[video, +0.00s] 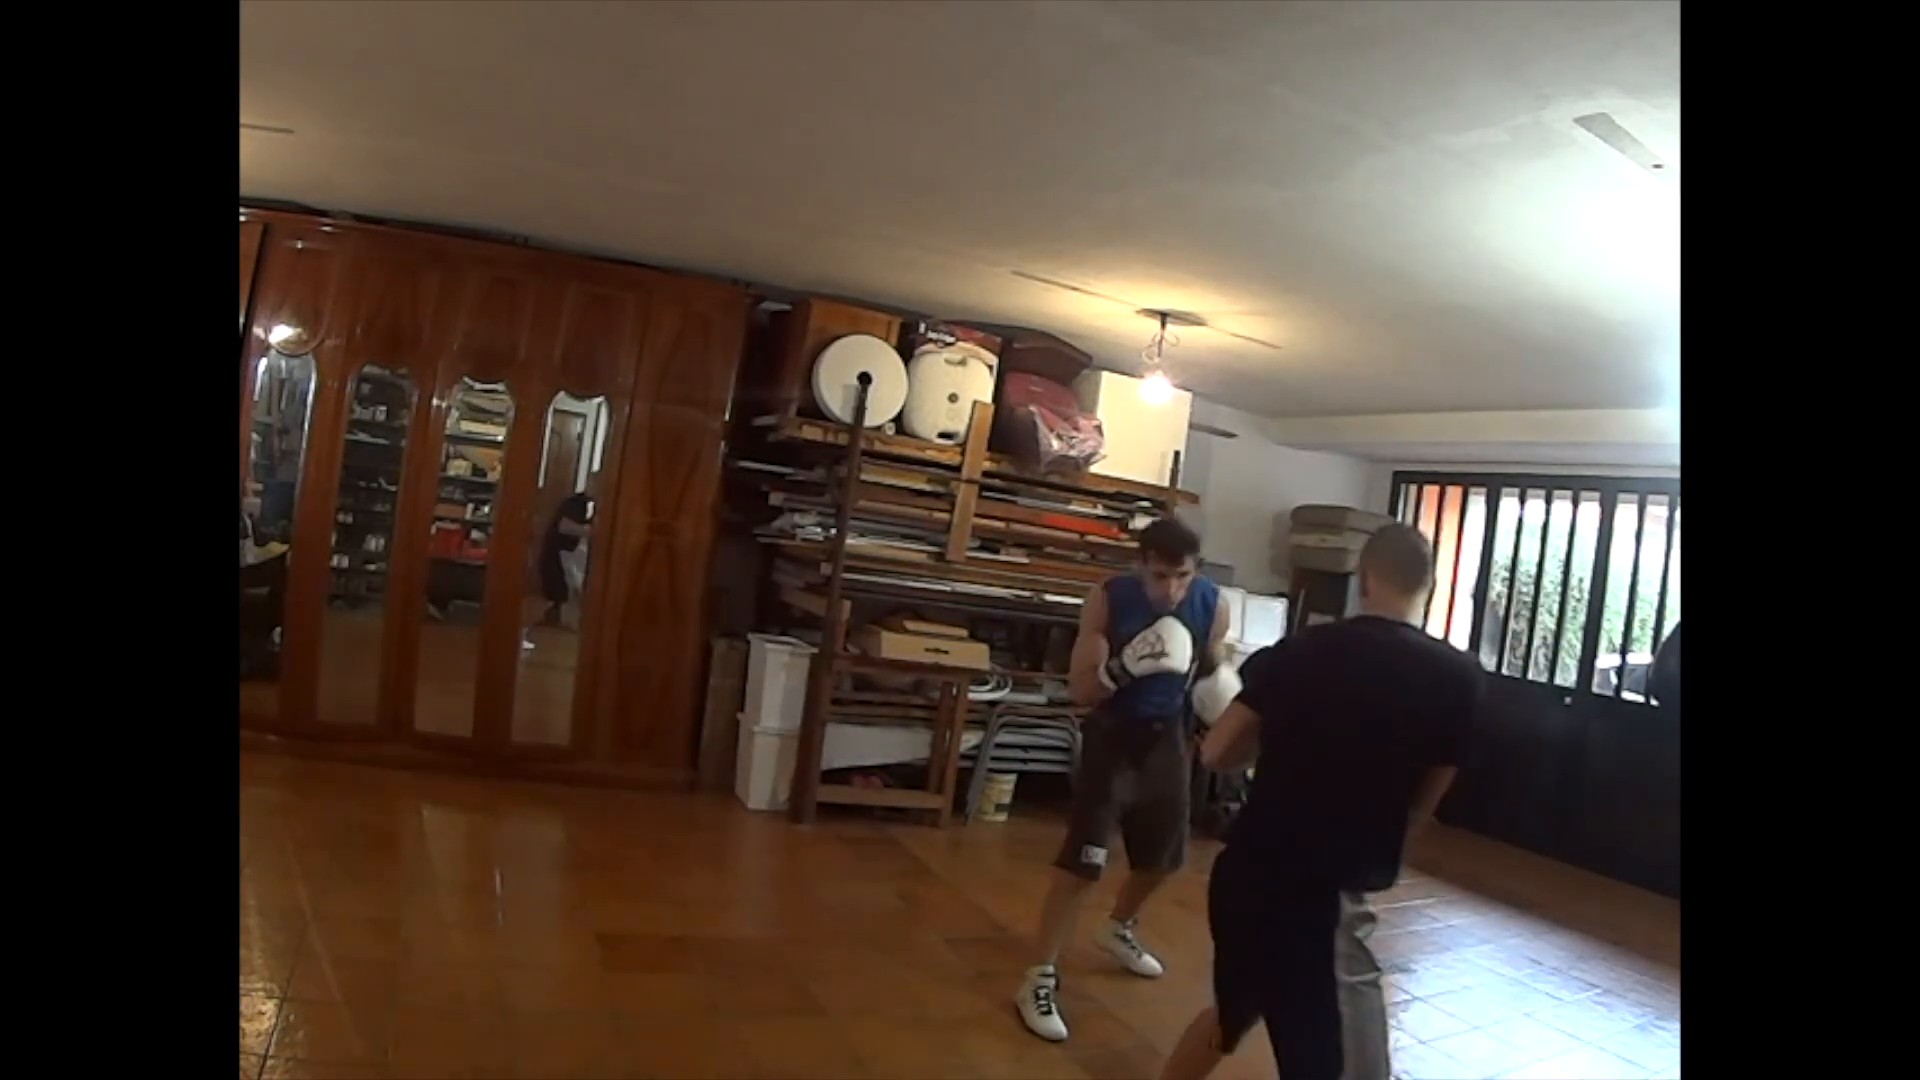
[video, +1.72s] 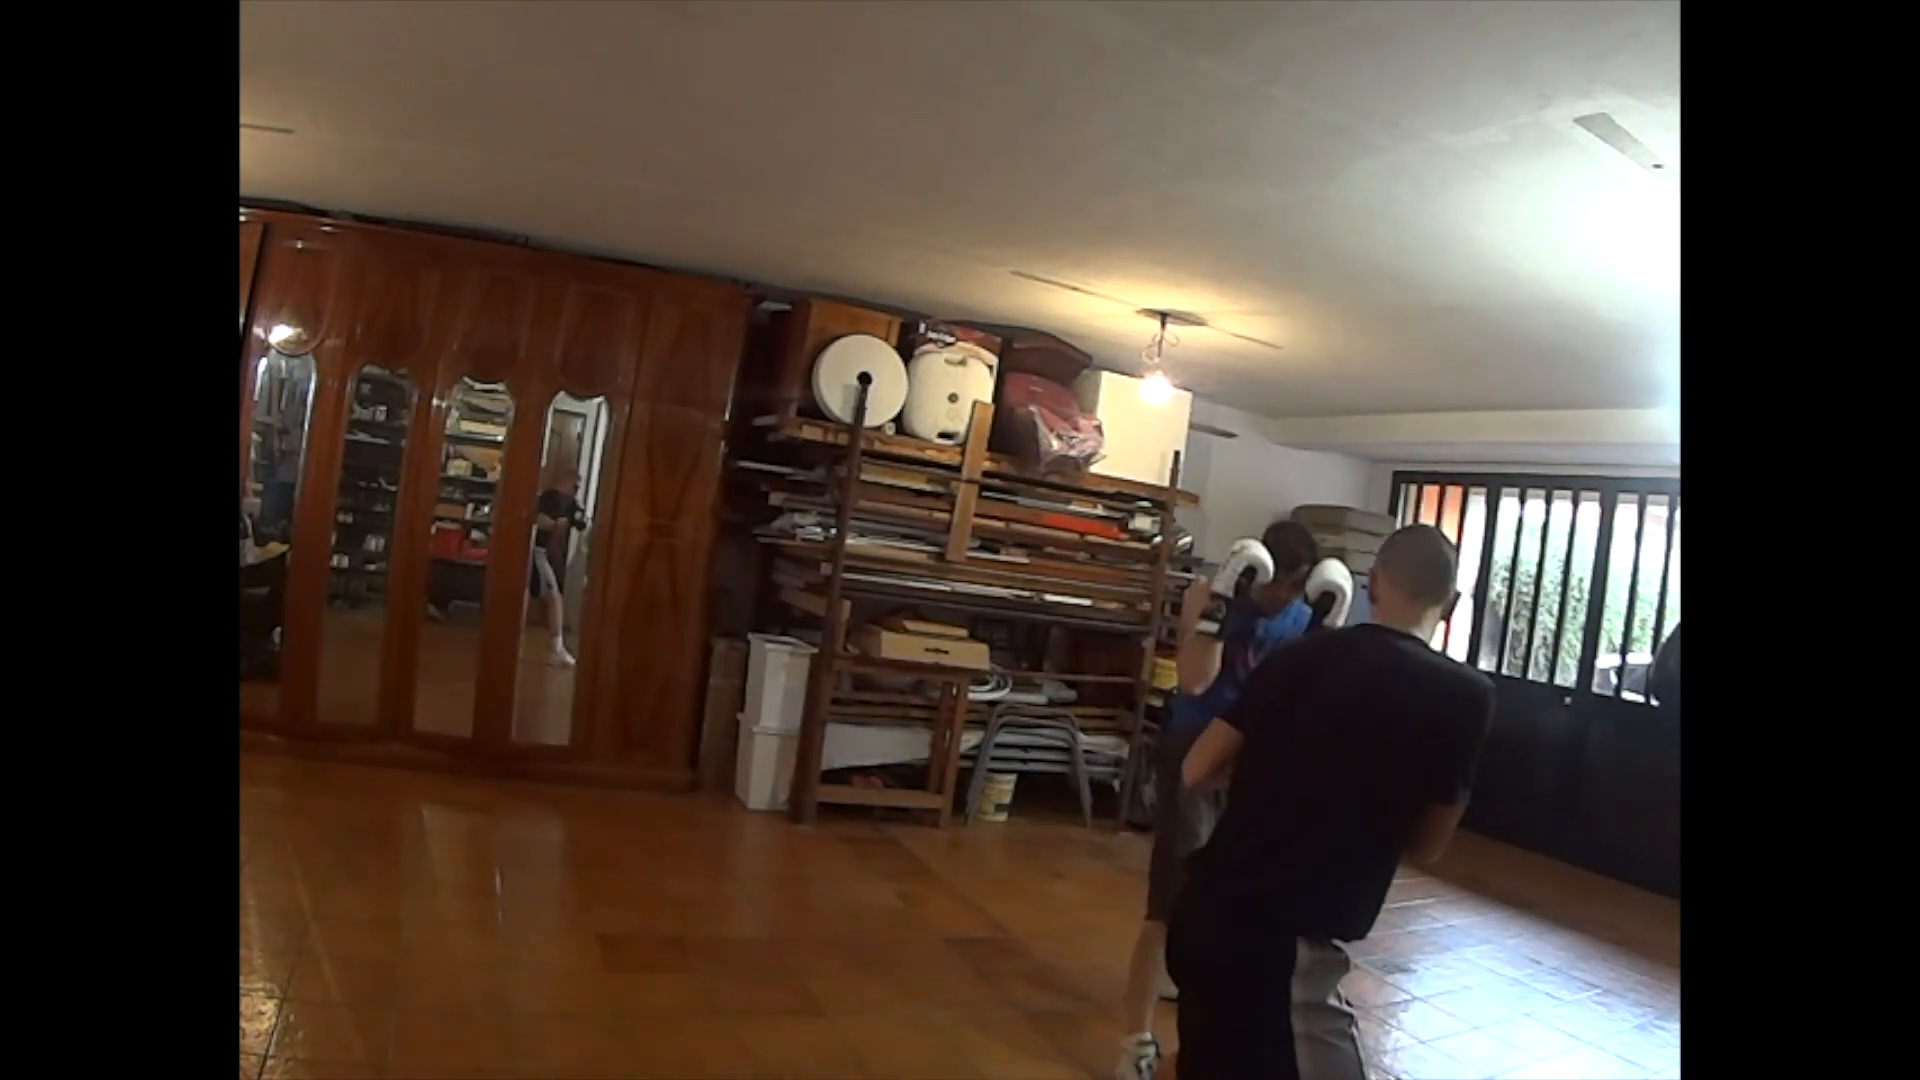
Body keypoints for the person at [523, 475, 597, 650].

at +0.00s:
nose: (599, 489)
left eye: (600, 484)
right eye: (598, 484)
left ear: (595, 485)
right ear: (591, 484)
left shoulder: (585, 505)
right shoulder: (576, 503)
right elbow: (565, 526)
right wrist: (589, 530)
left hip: (565, 553)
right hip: (555, 553)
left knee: (553, 595)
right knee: (552, 595)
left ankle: (524, 631)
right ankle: (522, 632)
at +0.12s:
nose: (598, 486)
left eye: (599, 482)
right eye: (596, 481)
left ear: (594, 483)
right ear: (587, 480)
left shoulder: (588, 502)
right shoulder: (573, 497)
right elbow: (557, 521)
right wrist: (584, 523)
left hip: (562, 547)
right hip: (552, 546)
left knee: (546, 593)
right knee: (545, 593)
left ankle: (522, 632)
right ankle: (521, 633)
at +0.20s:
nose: (596, 487)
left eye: (598, 482)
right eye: (594, 481)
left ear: (594, 483)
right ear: (586, 479)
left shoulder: (584, 500)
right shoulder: (572, 496)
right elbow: (558, 520)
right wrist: (585, 521)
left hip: (559, 546)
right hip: (553, 546)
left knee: (545, 594)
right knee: (571, 595)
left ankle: (521, 632)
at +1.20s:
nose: (588, 491)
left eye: (589, 488)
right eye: (586, 487)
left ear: (584, 488)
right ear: (575, 484)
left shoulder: (579, 505)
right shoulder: (559, 500)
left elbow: (590, 522)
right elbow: (552, 525)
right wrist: (576, 527)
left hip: (559, 551)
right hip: (546, 549)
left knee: (535, 593)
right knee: (562, 596)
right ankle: (562, 646)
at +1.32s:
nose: (579, 492)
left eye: (581, 488)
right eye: (576, 487)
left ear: (582, 490)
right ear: (566, 484)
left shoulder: (576, 508)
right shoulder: (550, 501)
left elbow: (585, 526)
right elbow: (541, 525)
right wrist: (566, 529)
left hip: (559, 551)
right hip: (541, 547)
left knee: (557, 593)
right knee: (555, 591)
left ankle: (561, 645)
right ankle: (560, 645)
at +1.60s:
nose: (576, 488)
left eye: (577, 485)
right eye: (573, 483)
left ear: (576, 487)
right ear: (561, 482)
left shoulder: (573, 504)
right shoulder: (549, 498)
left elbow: (581, 525)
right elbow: (540, 521)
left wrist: (577, 525)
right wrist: (565, 524)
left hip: (548, 549)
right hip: (537, 547)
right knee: (556, 593)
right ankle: (557, 646)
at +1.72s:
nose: (575, 487)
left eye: (577, 483)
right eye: (572, 482)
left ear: (575, 486)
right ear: (561, 480)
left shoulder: (572, 503)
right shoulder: (549, 497)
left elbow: (581, 525)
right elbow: (537, 518)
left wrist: (575, 522)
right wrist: (556, 524)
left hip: (550, 550)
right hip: (537, 547)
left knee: (525, 595)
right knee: (554, 595)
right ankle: (557, 647)